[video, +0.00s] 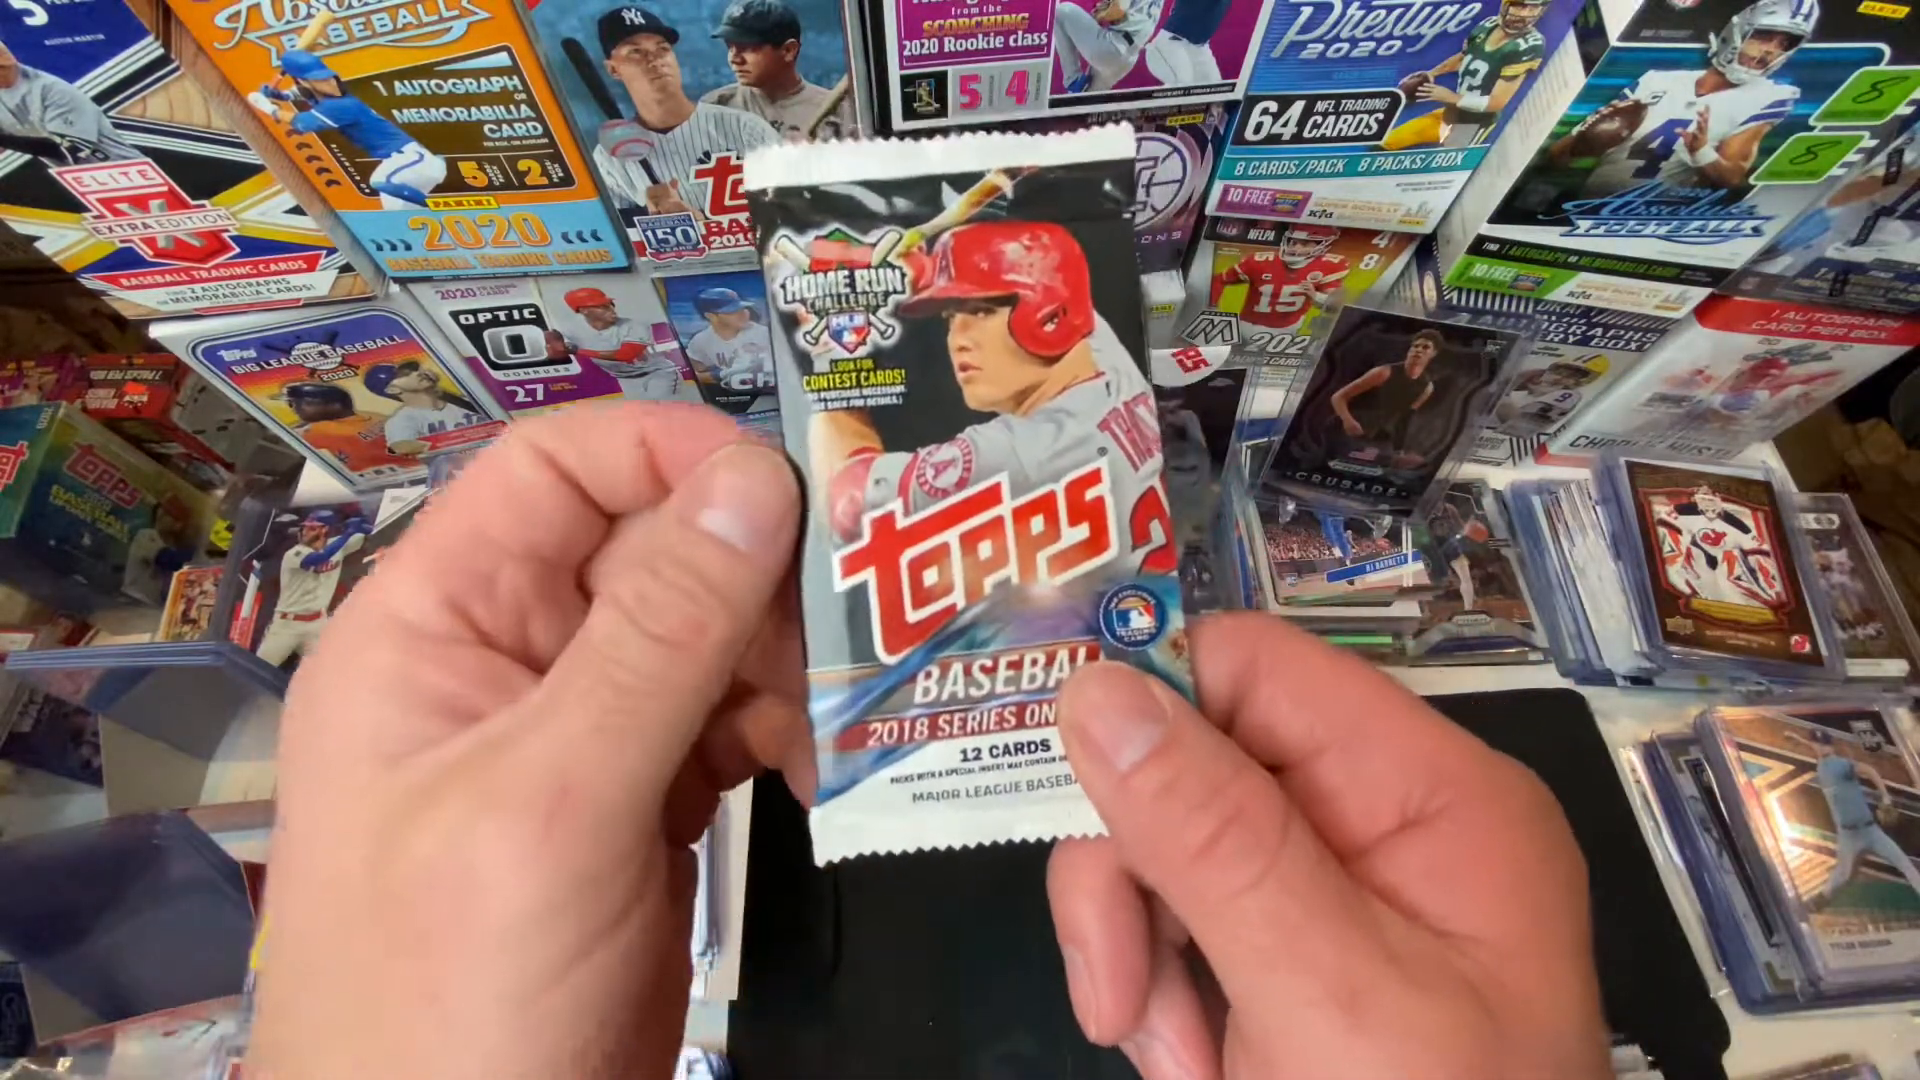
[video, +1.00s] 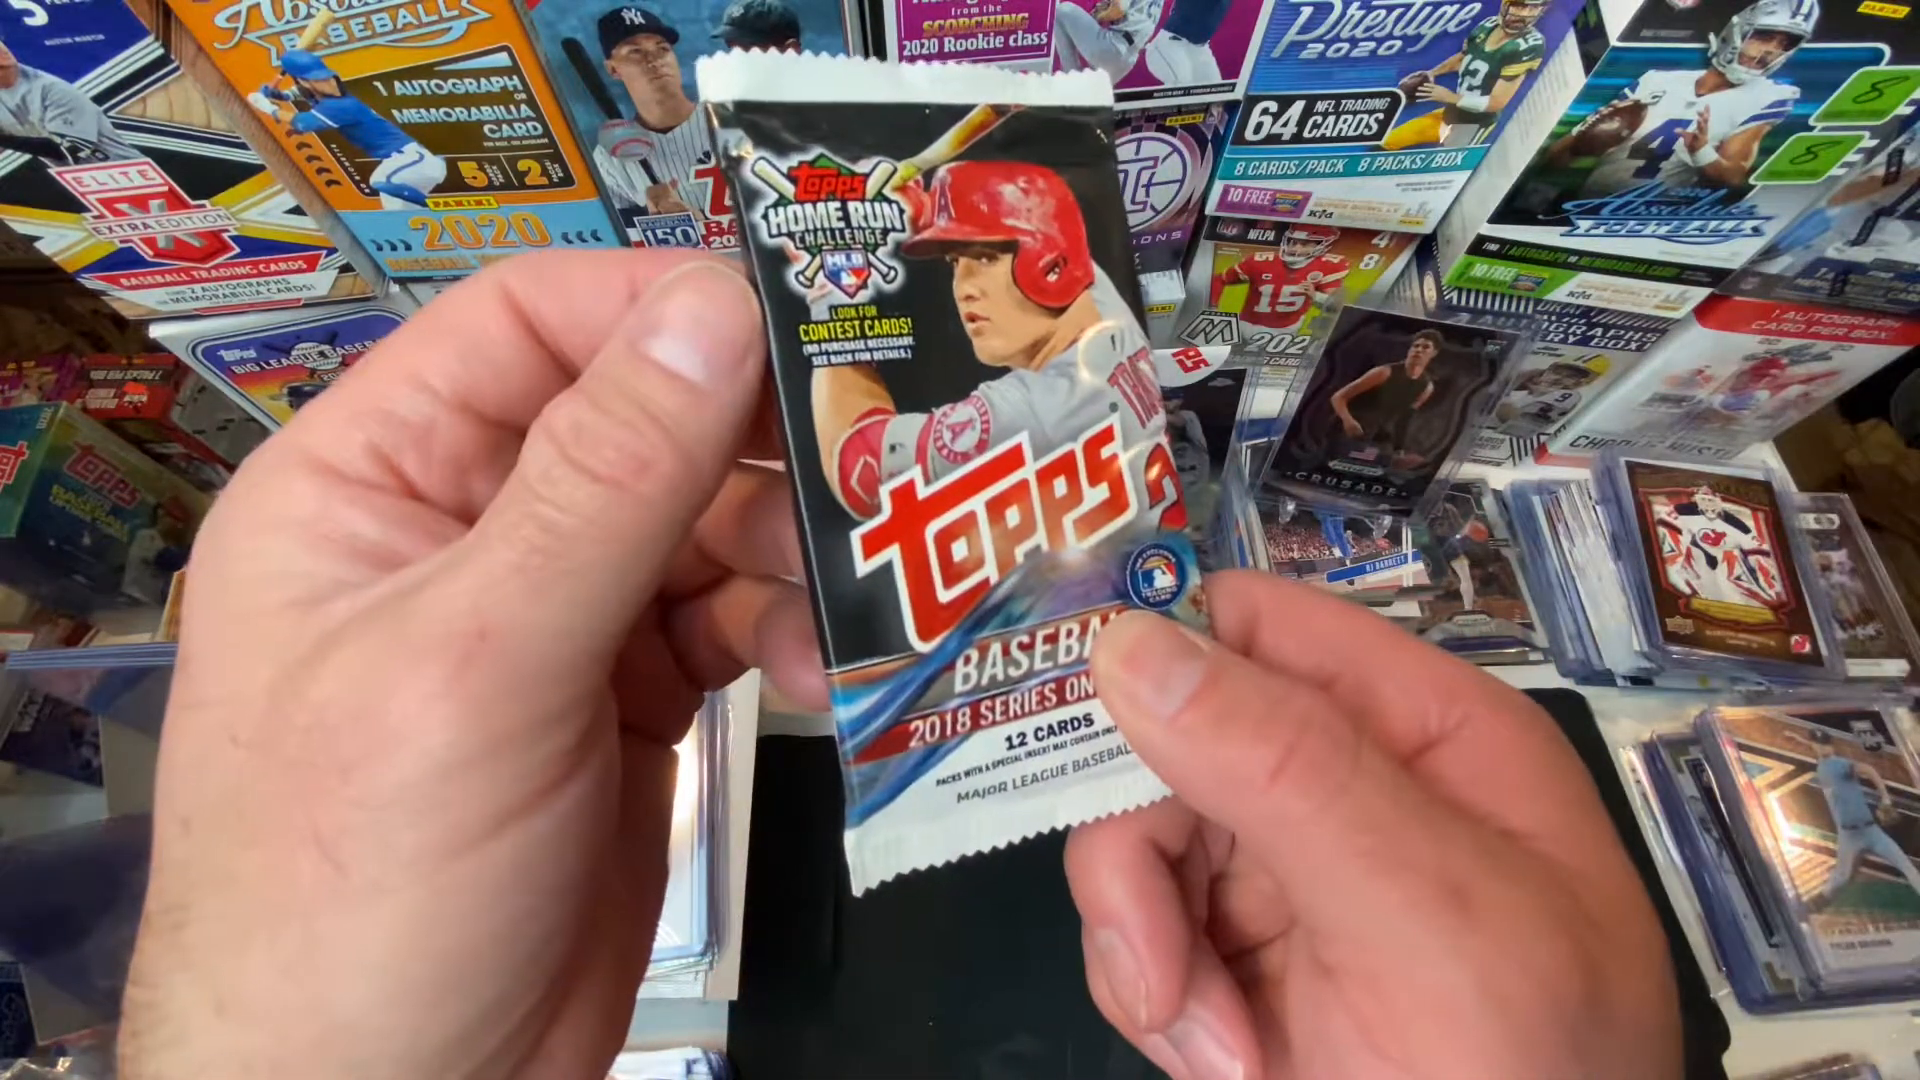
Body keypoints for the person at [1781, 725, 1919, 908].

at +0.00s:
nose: (1822, 749)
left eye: (1824, 744)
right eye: (1818, 745)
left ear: (1831, 744)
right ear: (1815, 748)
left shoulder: (1840, 764)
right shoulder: (1822, 766)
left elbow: (1870, 771)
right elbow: (1814, 748)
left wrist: (1885, 796)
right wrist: (1797, 739)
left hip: (1870, 828)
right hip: (1847, 833)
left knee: (1904, 863)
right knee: (1843, 874)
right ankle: (1823, 897)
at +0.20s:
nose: (1822, 748)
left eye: (1825, 744)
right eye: (1818, 744)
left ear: (1830, 745)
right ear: (1814, 747)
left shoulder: (1839, 764)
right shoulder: (1821, 768)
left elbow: (1869, 770)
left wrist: (1885, 797)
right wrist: (1798, 738)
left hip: (1870, 828)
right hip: (1846, 833)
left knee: (1904, 864)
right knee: (1842, 875)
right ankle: (1821, 900)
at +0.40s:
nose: (1823, 750)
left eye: (1825, 744)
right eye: (1819, 746)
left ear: (1831, 745)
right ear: (1814, 748)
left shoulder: (1841, 764)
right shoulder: (1822, 768)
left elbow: (1869, 770)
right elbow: (1815, 750)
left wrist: (1885, 798)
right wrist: (1800, 740)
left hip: (1870, 828)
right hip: (1846, 833)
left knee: (1904, 863)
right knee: (1842, 874)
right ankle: (1823, 898)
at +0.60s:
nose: (1823, 750)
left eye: (1825, 744)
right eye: (1819, 746)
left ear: (1831, 745)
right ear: (1814, 748)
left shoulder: (1841, 764)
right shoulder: (1822, 768)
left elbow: (1869, 770)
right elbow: (1815, 750)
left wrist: (1885, 797)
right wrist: (1800, 740)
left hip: (1870, 828)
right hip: (1846, 833)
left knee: (1904, 863)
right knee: (1842, 874)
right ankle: (1823, 898)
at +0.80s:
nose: (1823, 750)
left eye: (1825, 745)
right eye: (1819, 746)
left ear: (1831, 745)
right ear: (1814, 748)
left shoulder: (1841, 764)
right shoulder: (1821, 768)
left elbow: (1869, 770)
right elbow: (1814, 748)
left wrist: (1884, 797)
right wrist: (1799, 739)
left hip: (1870, 828)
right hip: (1846, 833)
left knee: (1904, 863)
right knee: (1842, 874)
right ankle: (1824, 898)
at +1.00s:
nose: (1825, 749)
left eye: (1827, 744)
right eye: (1820, 746)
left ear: (1831, 745)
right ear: (1813, 747)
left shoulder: (1840, 764)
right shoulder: (1824, 767)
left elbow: (1869, 770)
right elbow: (1866, 770)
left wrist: (1885, 798)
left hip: (1870, 829)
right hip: (1847, 834)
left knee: (1904, 863)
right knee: (1842, 875)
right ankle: (1821, 899)